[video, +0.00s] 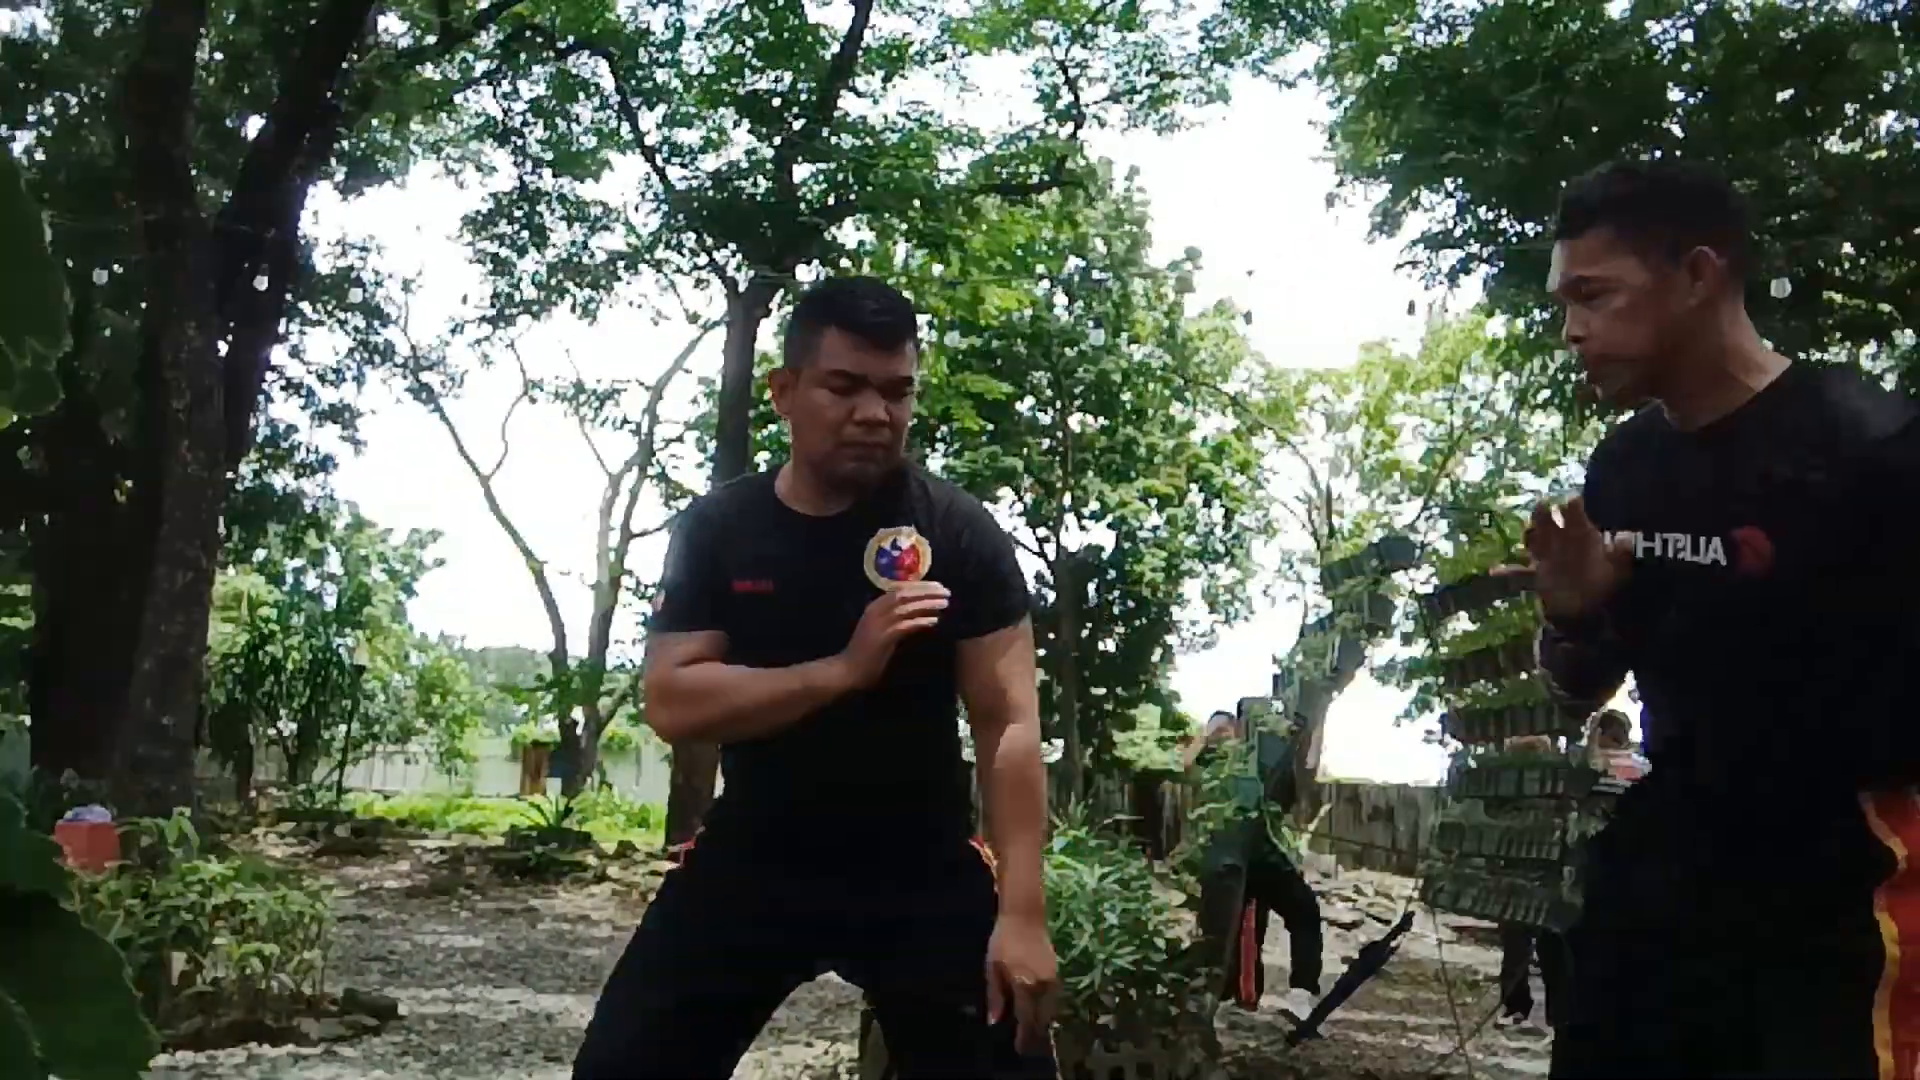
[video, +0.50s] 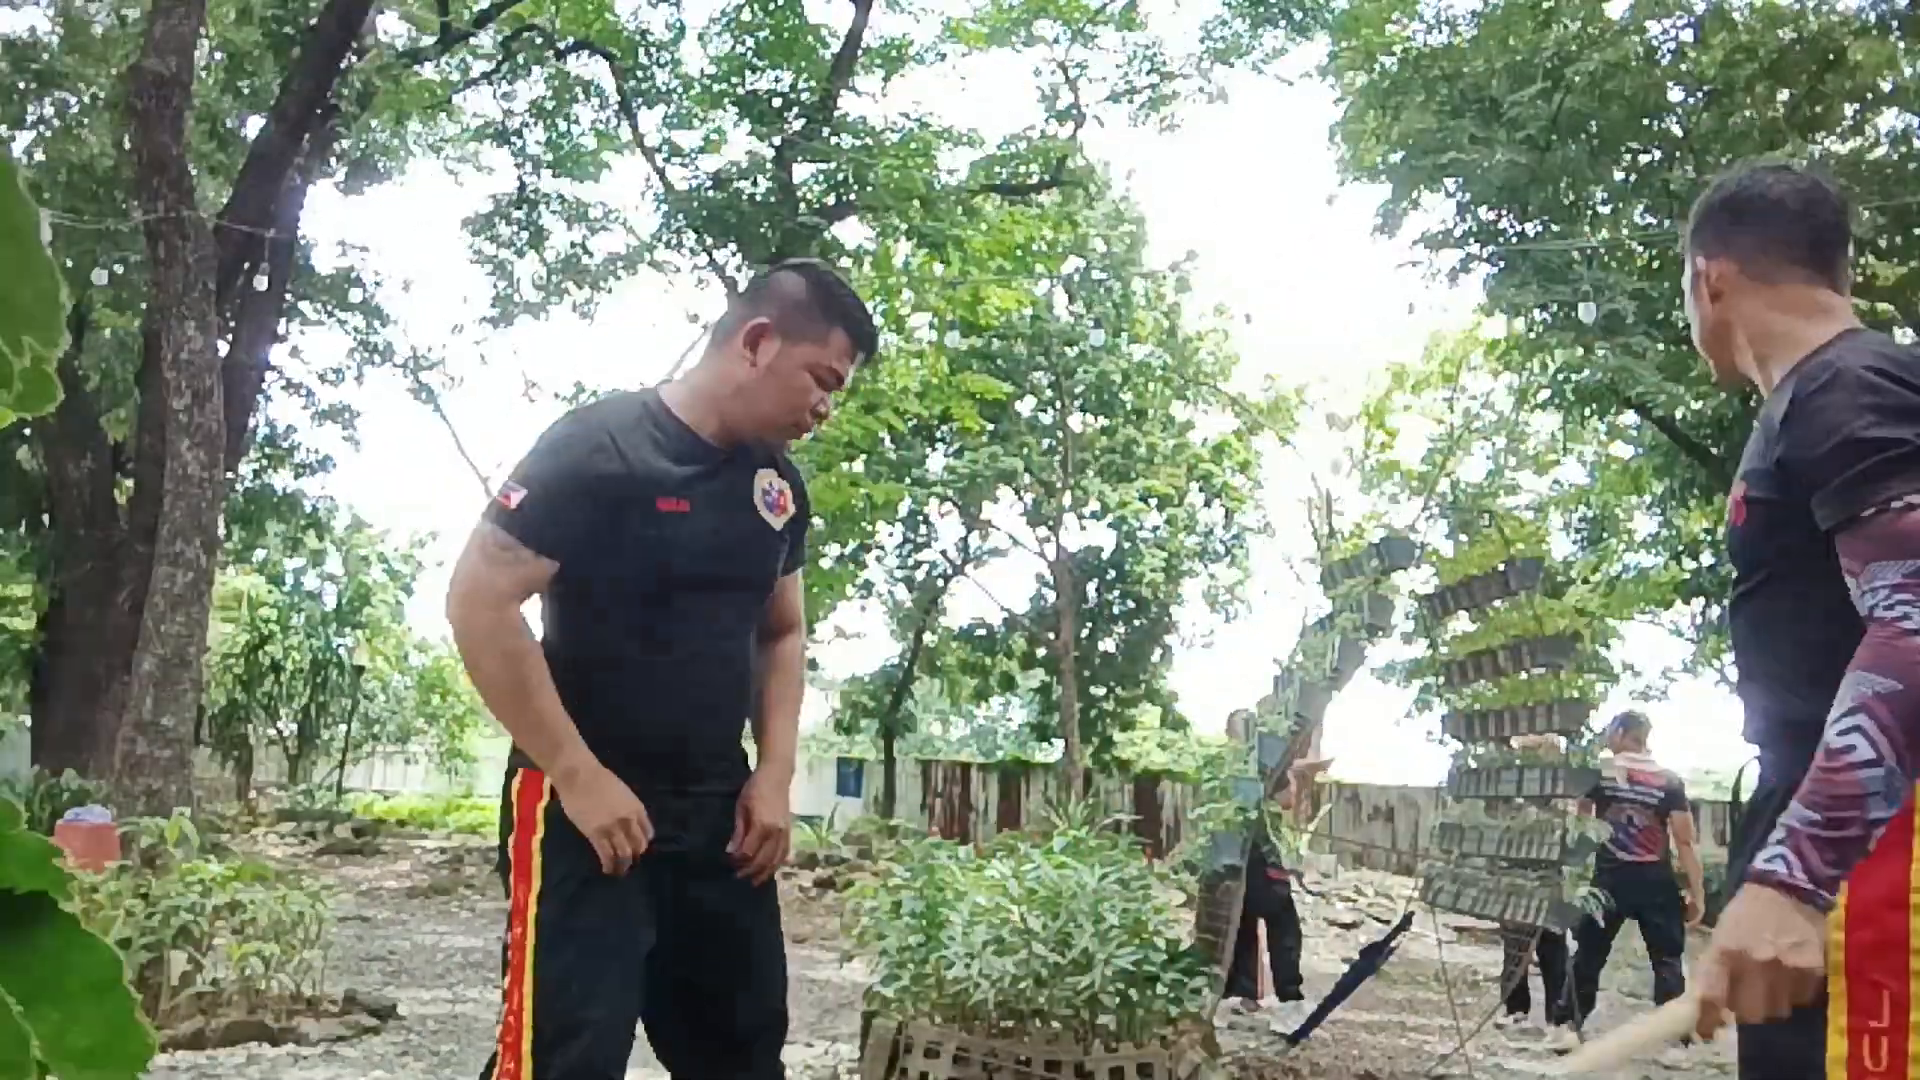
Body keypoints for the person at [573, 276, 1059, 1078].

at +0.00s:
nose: (873, 415)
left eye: (895, 392)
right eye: (844, 388)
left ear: (914, 398)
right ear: (783, 393)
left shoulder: (961, 533)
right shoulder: (716, 526)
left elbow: (1007, 722)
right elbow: (671, 702)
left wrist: (1024, 913)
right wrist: (842, 671)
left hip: (917, 867)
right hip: (754, 862)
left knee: (1003, 1060)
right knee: (621, 1062)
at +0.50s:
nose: (824, 409)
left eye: (836, 392)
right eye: (821, 379)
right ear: (756, 343)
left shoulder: (775, 482)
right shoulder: (596, 443)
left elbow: (781, 632)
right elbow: (479, 600)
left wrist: (775, 769)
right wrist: (573, 771)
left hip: (717, 826)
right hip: (582, 819)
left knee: (742, 1061)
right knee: (566, 1062)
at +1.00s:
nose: (956, 854)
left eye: (972, 844)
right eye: (970, 835)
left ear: (937, 786)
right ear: (944, 790)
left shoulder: (853, 856)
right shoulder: (810, 753)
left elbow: (829, 1003)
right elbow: (639, 783)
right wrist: (656, 936)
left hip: (670, 886)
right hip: (565, 852)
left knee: (751, 1035)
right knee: (594, 1050)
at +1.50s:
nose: (973, 786)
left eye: (988, 773)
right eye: (985, 764)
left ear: (949, 722)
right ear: (953, 721)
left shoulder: (854, 795)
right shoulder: (844, 716)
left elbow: (795, 914)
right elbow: (688, 772)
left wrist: (806, 1050)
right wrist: (676, 929)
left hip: (665, 853)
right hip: (584, 822)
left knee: (728, 1025)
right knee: (621, 1037)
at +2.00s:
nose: (793, 394)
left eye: (798, 378)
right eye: (780, 368)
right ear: (709, 353)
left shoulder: (696, 472)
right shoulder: (648, 437)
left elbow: (654, 638)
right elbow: (594, 592)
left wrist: (699, 746)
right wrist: (728, 721)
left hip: (622, 792)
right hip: (571, 786)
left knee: (628, 1051)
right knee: (569, 1054)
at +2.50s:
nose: (726, 399)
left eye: (731, 382)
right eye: (713, 372)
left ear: (650, 365)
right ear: (644, 358)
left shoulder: (625, 472)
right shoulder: (581, 446)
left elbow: (612, 633)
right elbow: (572, 600)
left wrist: (710, 671)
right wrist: (691, 656)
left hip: (581, 788)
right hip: (529, 786)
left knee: (552, 1046)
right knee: (516, 1050)